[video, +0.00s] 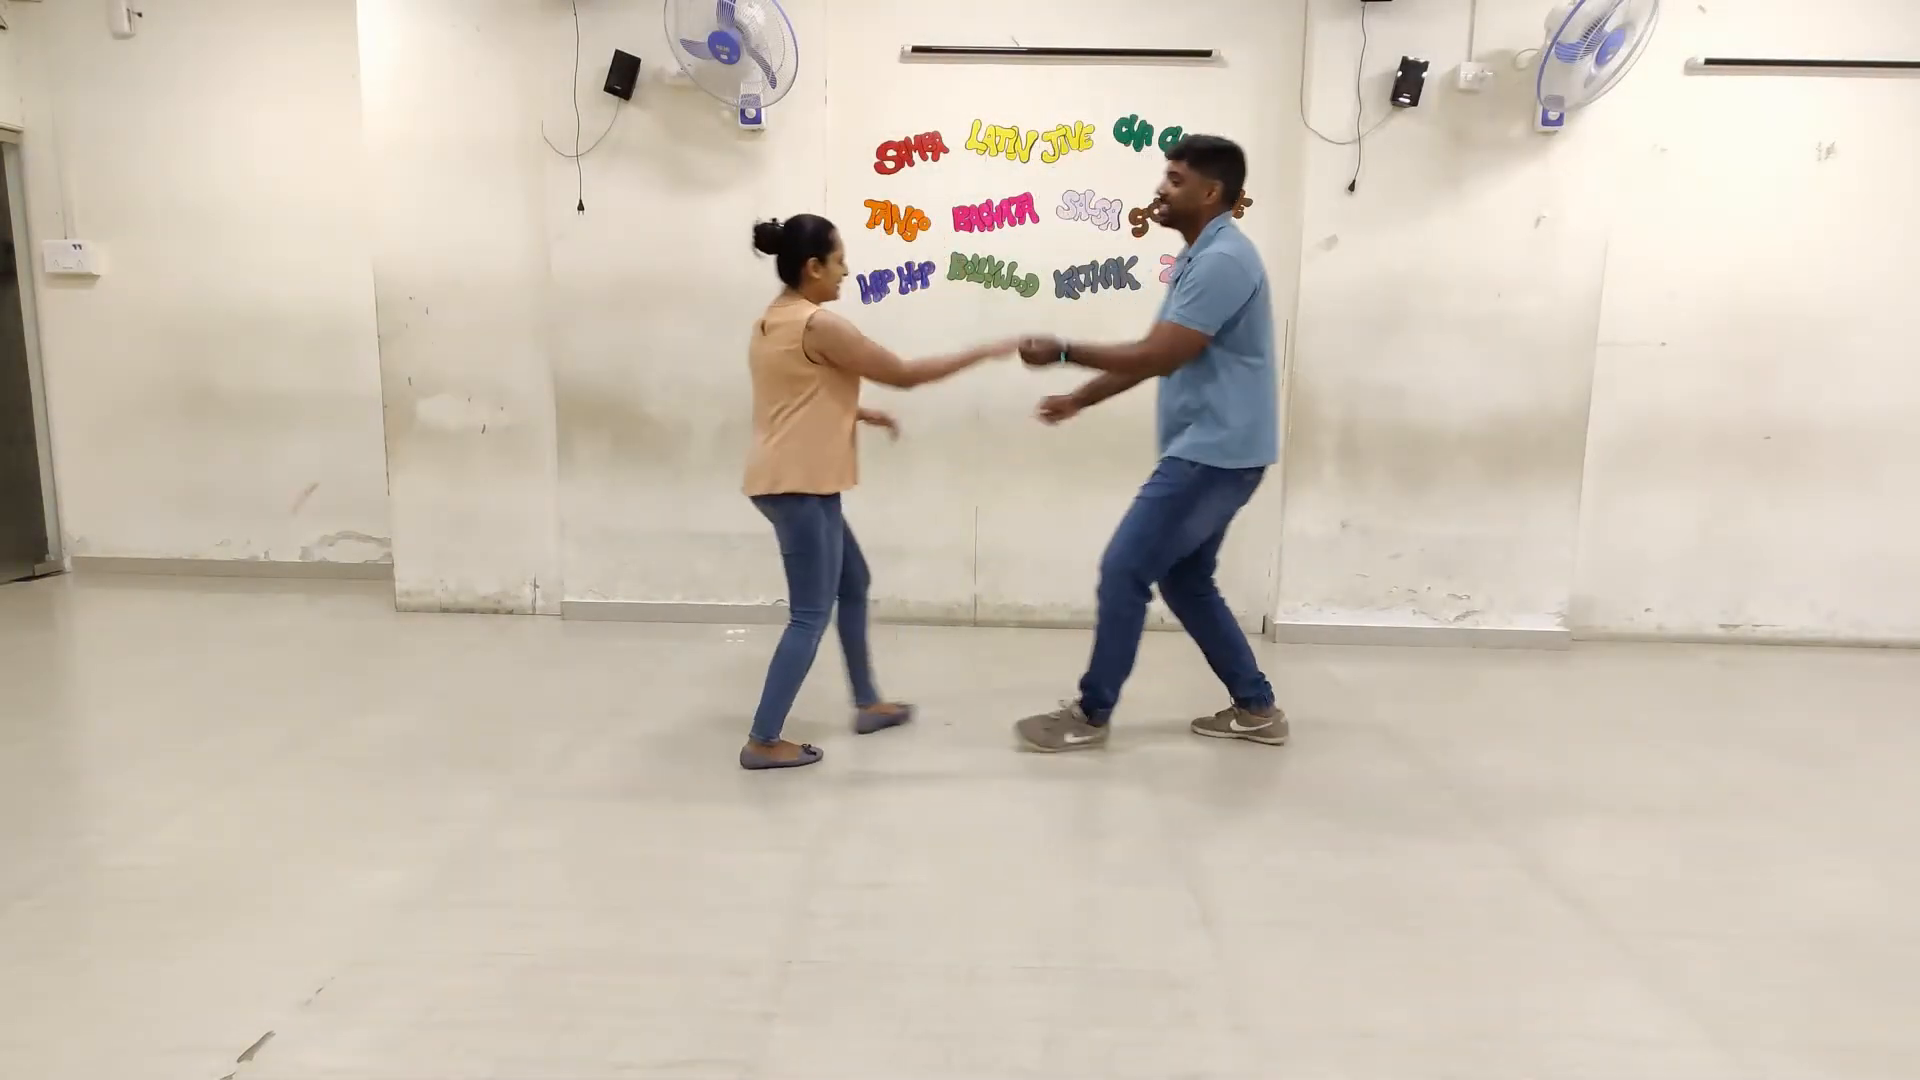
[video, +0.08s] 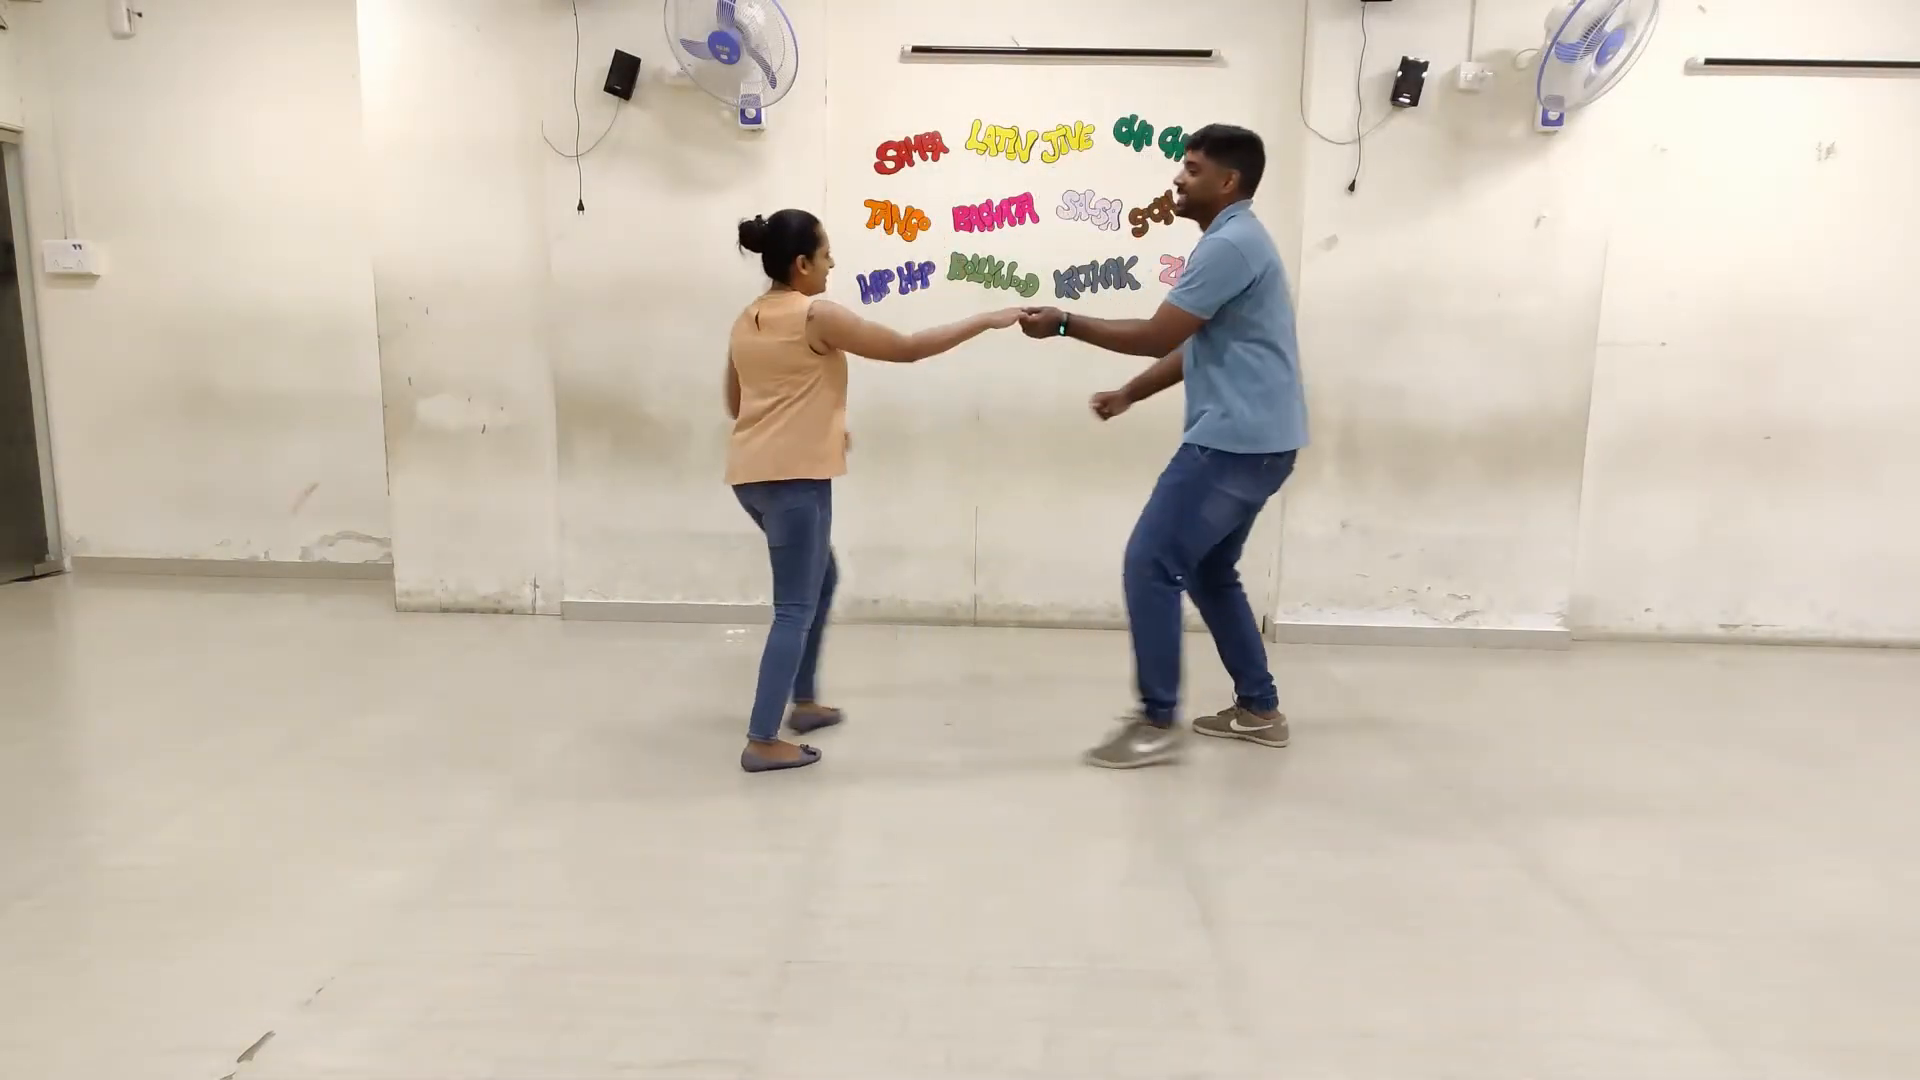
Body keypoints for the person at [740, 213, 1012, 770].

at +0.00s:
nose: (845, 270)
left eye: (843, 261)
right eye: (839, 262)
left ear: (802, 267)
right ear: (812, 268)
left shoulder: (772, 323)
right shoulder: (821, 326)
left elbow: (800, 398)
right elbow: (904, 374)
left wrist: (862, 416)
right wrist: (984, 353)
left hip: (780, 480)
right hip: (803, 486)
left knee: (852, 580)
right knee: (811, 614)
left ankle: (868, 706)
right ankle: (763, 741)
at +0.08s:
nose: (830, 265)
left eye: (828, 254)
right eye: (824, 256)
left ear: (779, 263)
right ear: (800, 262)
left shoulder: (747, 320)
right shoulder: (818, 315)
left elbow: (736, 405)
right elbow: (905, 348)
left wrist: (816, 424)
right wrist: (986, 319)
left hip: (751, 474)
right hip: (797, 475)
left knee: (823, 576)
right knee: (794, 608)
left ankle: (803, 702)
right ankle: (763, 739)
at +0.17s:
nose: (828, 264)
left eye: (825, 254)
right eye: (823, 256)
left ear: (777, 266)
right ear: (802, 263)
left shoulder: (743, 321)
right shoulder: (819, 314)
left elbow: (713, 400)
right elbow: (910, 344)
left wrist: (763, 423)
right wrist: (991, 319)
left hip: (743, 475)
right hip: (796, 476)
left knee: (792, 592)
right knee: (789, 609)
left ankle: (780, 704)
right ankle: (764, 741)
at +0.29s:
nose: (839, 260)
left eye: (836, 252)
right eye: (834, 253)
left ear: (787, 265)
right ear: (817, 262)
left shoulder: (750, 317)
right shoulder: (835, 313)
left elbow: (699, 382)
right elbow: (923, 343)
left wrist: (746, 414)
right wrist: (1002, 319)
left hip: (749, 471)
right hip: (809, 473)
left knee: (780, 589)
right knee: (819, 597)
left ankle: (781, 706)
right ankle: (781, 715)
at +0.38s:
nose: (859, 257)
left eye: (856, 248)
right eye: (854, 250)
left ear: (809, 262)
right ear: (835, 260)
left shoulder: (773, 313)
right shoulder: (855, 312)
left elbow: (723, 376)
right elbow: (940, 345)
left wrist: (774, 401)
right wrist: (1018, 318)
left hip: (772, 469)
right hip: (832, 472)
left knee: (787, 588)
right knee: (864, 583)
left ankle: (779, 709)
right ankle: (827, 693)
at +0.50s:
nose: (894, 264)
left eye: (889, 255)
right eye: (887, 256)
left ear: (849, 270)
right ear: (865, 268)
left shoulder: (811, 320)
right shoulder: (882, 320)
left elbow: (772, 386)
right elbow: (963, 366)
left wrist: (824, 403)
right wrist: (1037, 333)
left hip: (801, 473)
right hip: (860, 477)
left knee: (805, 588)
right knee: (911, 579)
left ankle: (781, 708)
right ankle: (905, 703)